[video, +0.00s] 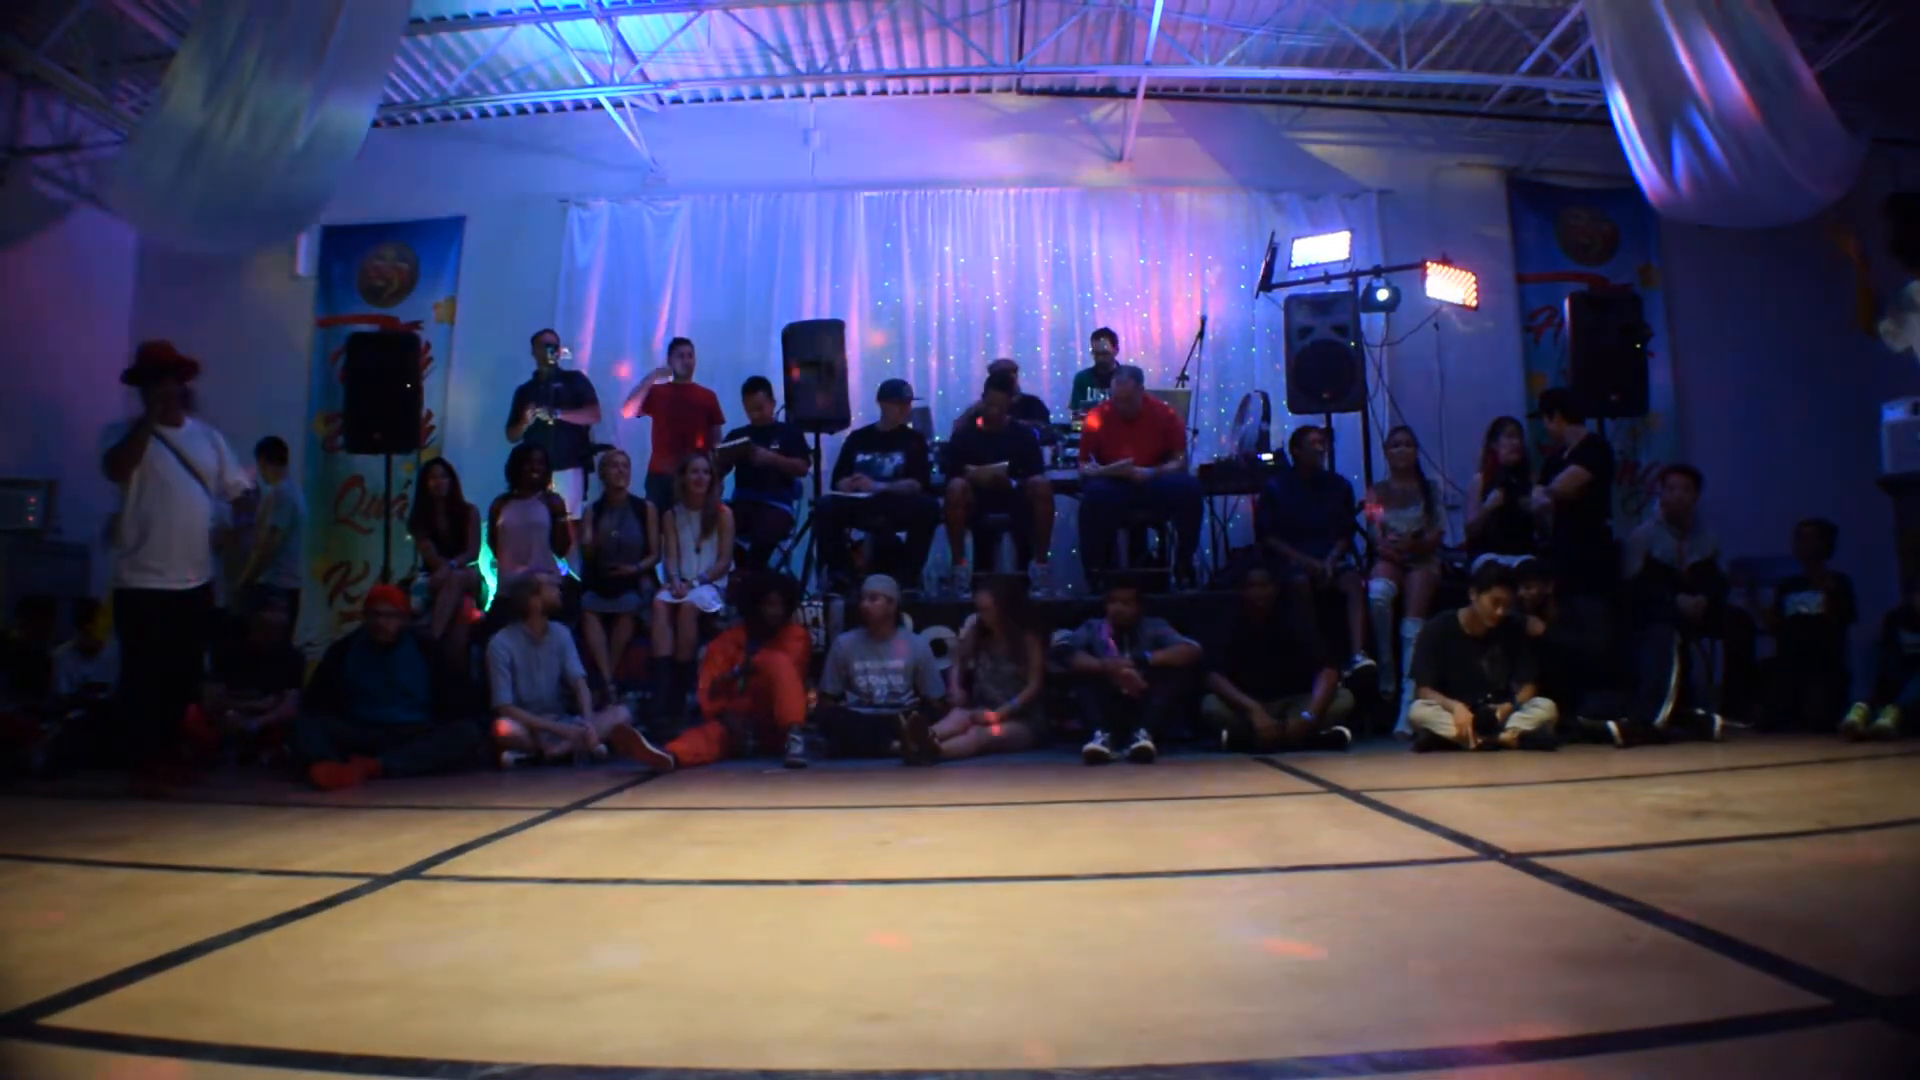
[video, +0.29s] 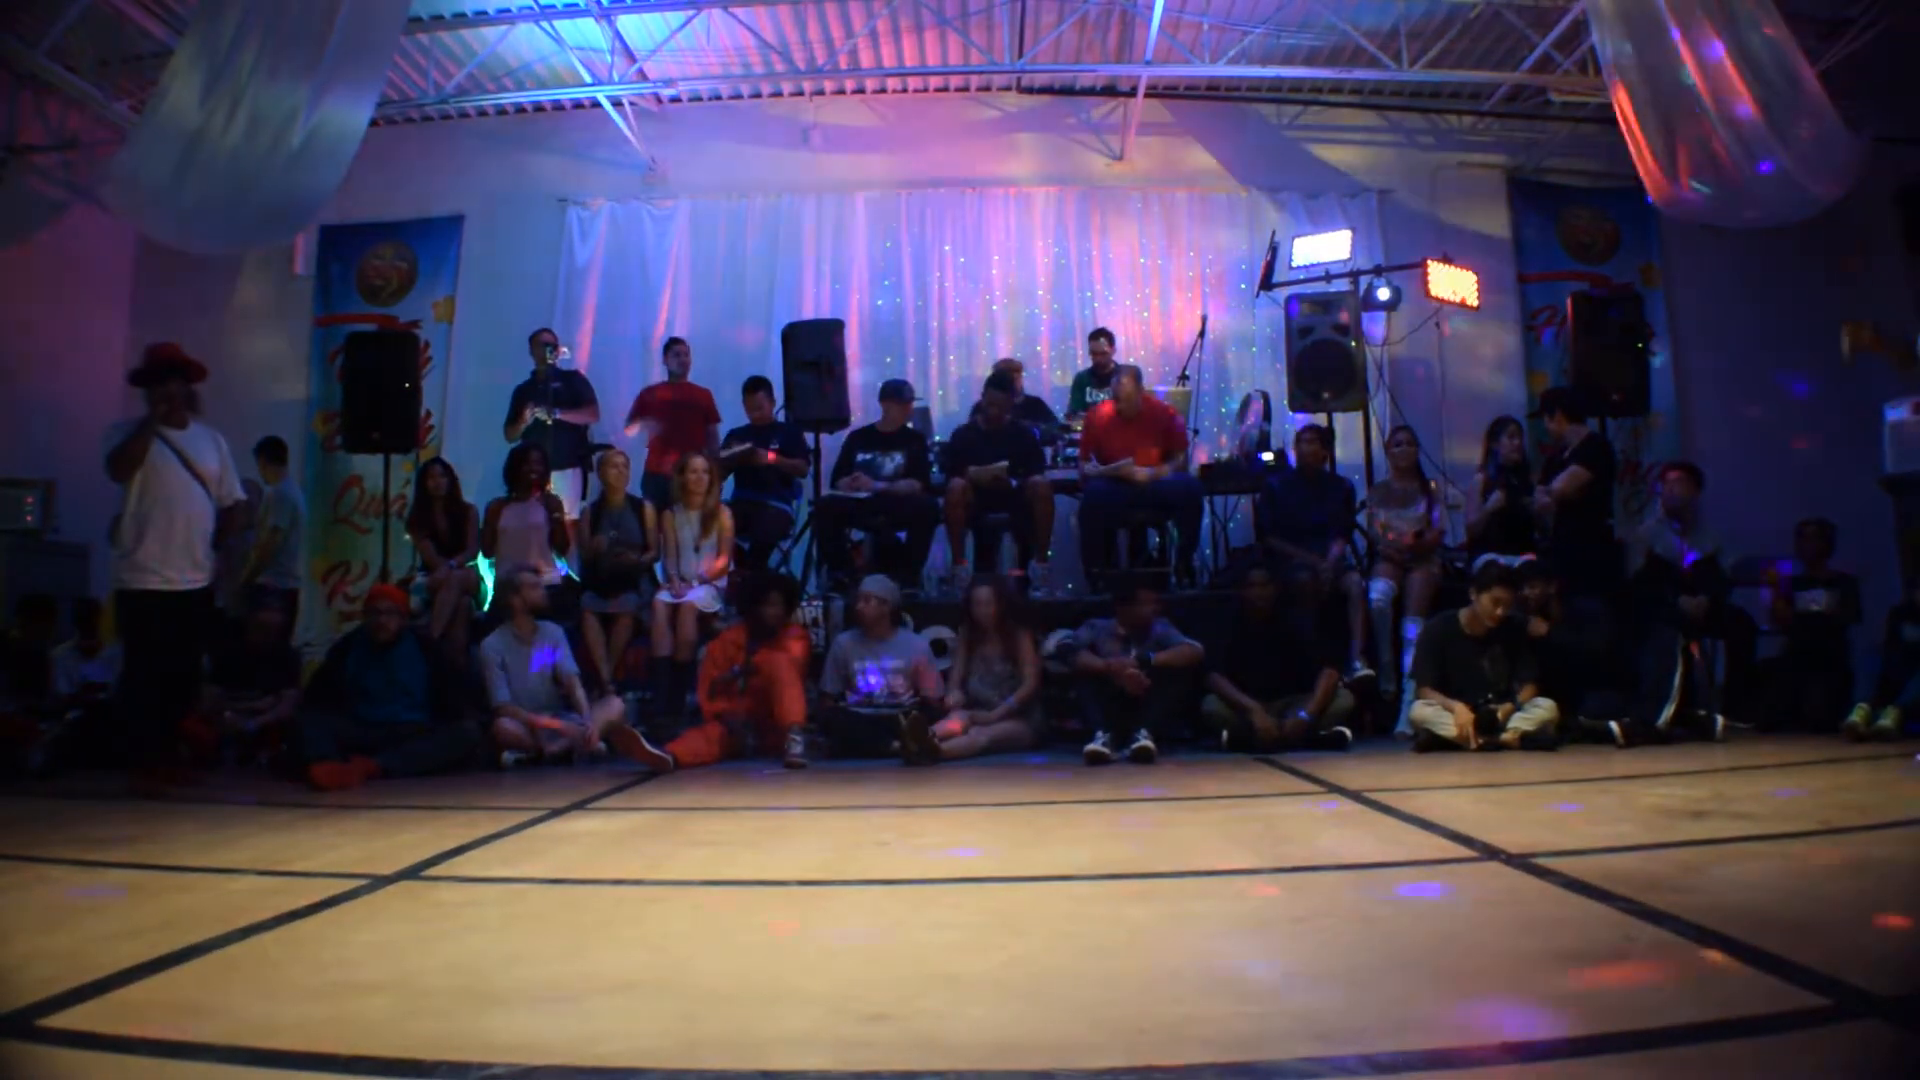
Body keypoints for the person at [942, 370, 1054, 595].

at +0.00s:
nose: (995, 412)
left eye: (1001, 407)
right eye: (990, 405)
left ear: (1009, 405)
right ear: (982, 402)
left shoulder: (1023, 434)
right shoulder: (965, 432)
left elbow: (1035, 470)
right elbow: (950, 467)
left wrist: (1007, 479)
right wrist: (974, 473)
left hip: (1012, 491)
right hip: (977, 492)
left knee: (1041, 487)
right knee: (957, 488)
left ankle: (1041, 563)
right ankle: (959, 563)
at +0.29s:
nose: (995, 413)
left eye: (1002, 408)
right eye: (991, 406)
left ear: (1011, 406)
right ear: (982, 402)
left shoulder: (1022, 434)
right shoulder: (964, 434)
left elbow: (1037, 469)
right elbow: (950, 468)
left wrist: (1009, 480)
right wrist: (973, 474)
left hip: (1013, 492)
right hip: (977, 492)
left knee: (1040, 486)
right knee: (956, 487)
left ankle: (1041, 562)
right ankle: (958, 564)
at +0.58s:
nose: (994, 413)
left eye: (1002, 409)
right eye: (990, 405)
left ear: (1013, 409)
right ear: (982, 401)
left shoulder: (1024, 435)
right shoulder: (964, 435)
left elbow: (1036, 471)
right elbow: (951, 470)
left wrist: (1008, 478)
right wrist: (979, 474)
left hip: (1014, 494)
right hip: (977, 495)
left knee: (1040, 486)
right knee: (957, 487)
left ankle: (1040, 562)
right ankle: (959, 565)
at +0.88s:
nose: (987, 399)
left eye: (995, 394)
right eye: (985, 392)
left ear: (1009, 399)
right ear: (980, 395)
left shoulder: (1024, 434)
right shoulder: (963, 434)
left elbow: (1034, 473)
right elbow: (950, 470)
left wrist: (1008, 480)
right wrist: (974, 473)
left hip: (1012, 492)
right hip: (976, 493)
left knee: (1040, 486)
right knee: (956, 487)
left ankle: (1041, 561)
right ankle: (958, 564)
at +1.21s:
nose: (981, 393)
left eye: (987, 387)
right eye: (979, 387)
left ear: (1005, 392)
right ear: (977, 393)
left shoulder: (1023, 431)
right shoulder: (966, 432)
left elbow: (1035, 472)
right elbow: (950, 467)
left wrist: (1009, 480)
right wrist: (976, 474)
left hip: (1013, 490)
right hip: (978, 491)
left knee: (1040, 486)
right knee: (956, 487)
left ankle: (1040, 563)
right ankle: (957, 565)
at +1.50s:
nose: (984, 398)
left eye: (990, 390)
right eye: (978, 391)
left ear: (1004, 394)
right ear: (972, 397)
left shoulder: (1022, 432)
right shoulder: (965, 433)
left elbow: (1035, 473)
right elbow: (953, 472)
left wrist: (1010, 481)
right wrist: (981, 477)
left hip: (1013, 492)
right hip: (978, 493)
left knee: (1040, 486)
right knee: (957, 488)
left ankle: (1041, 562)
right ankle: (957, 564)